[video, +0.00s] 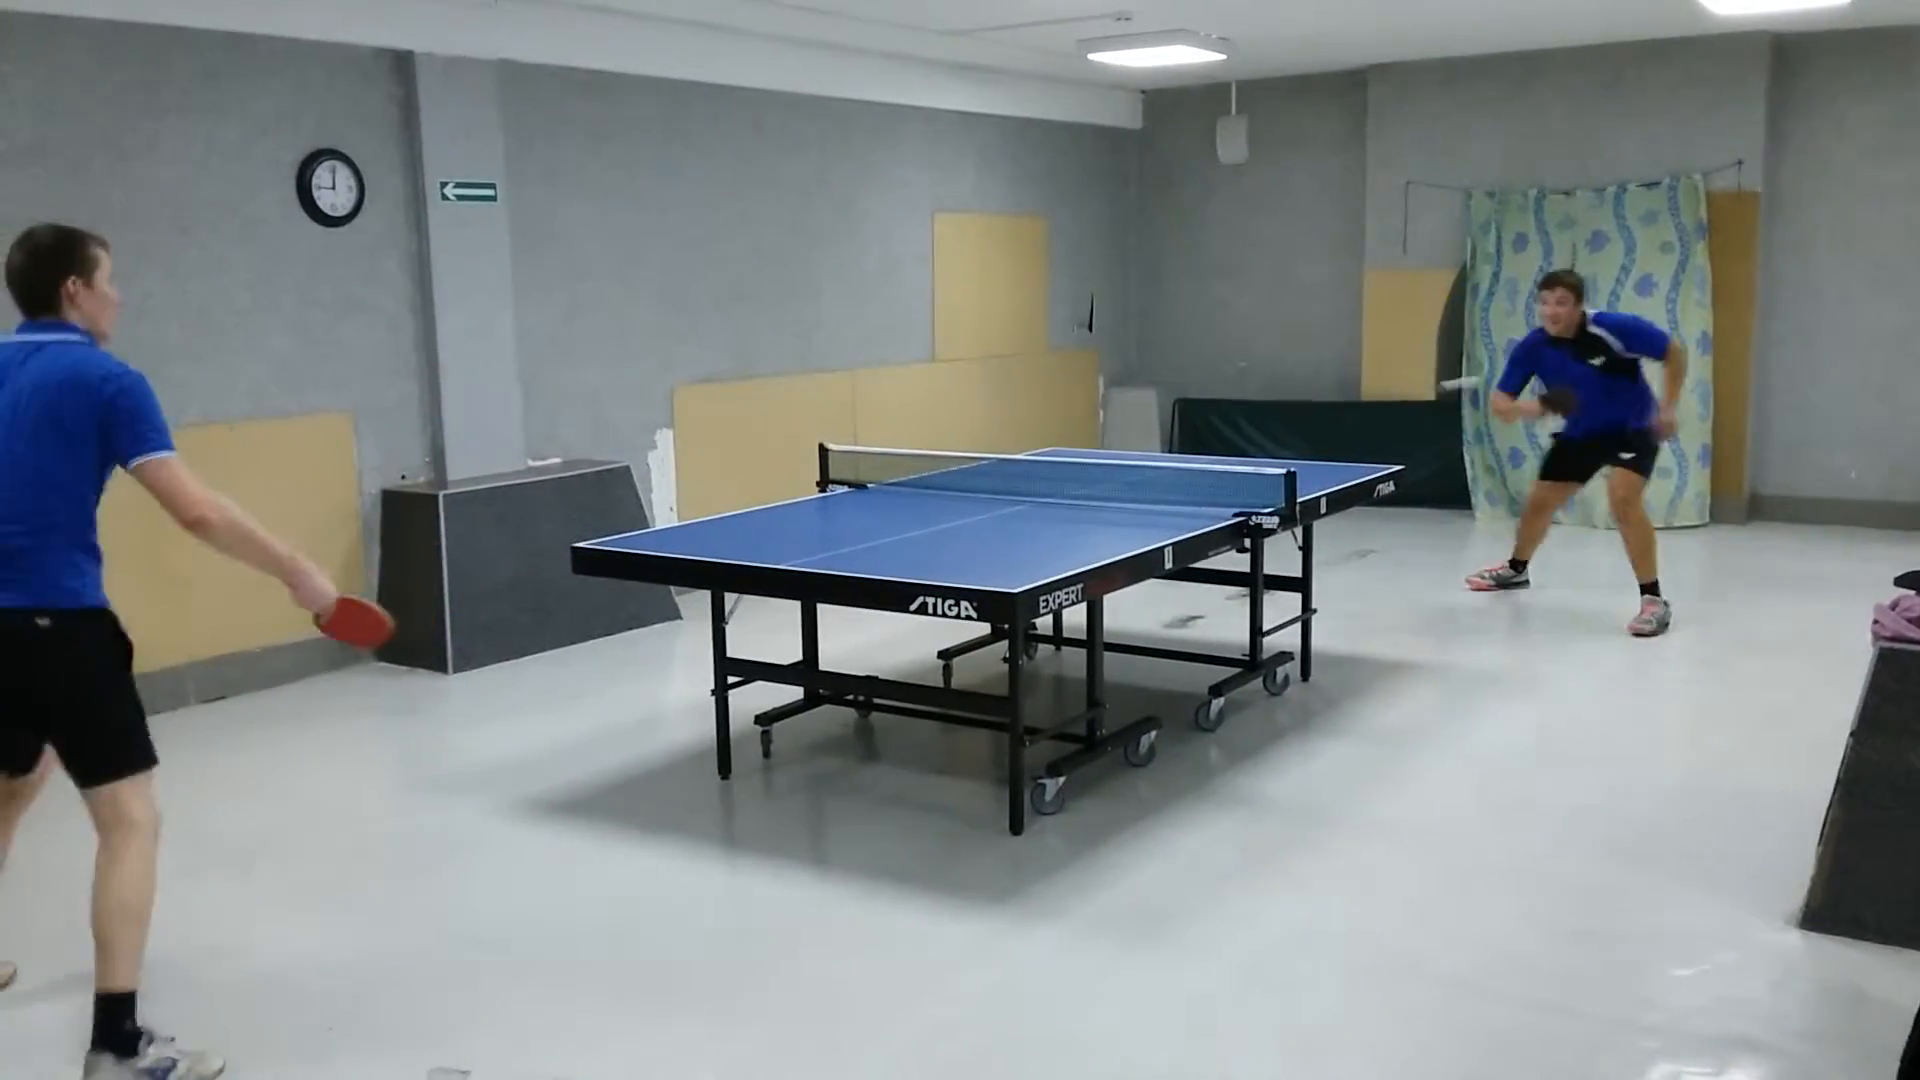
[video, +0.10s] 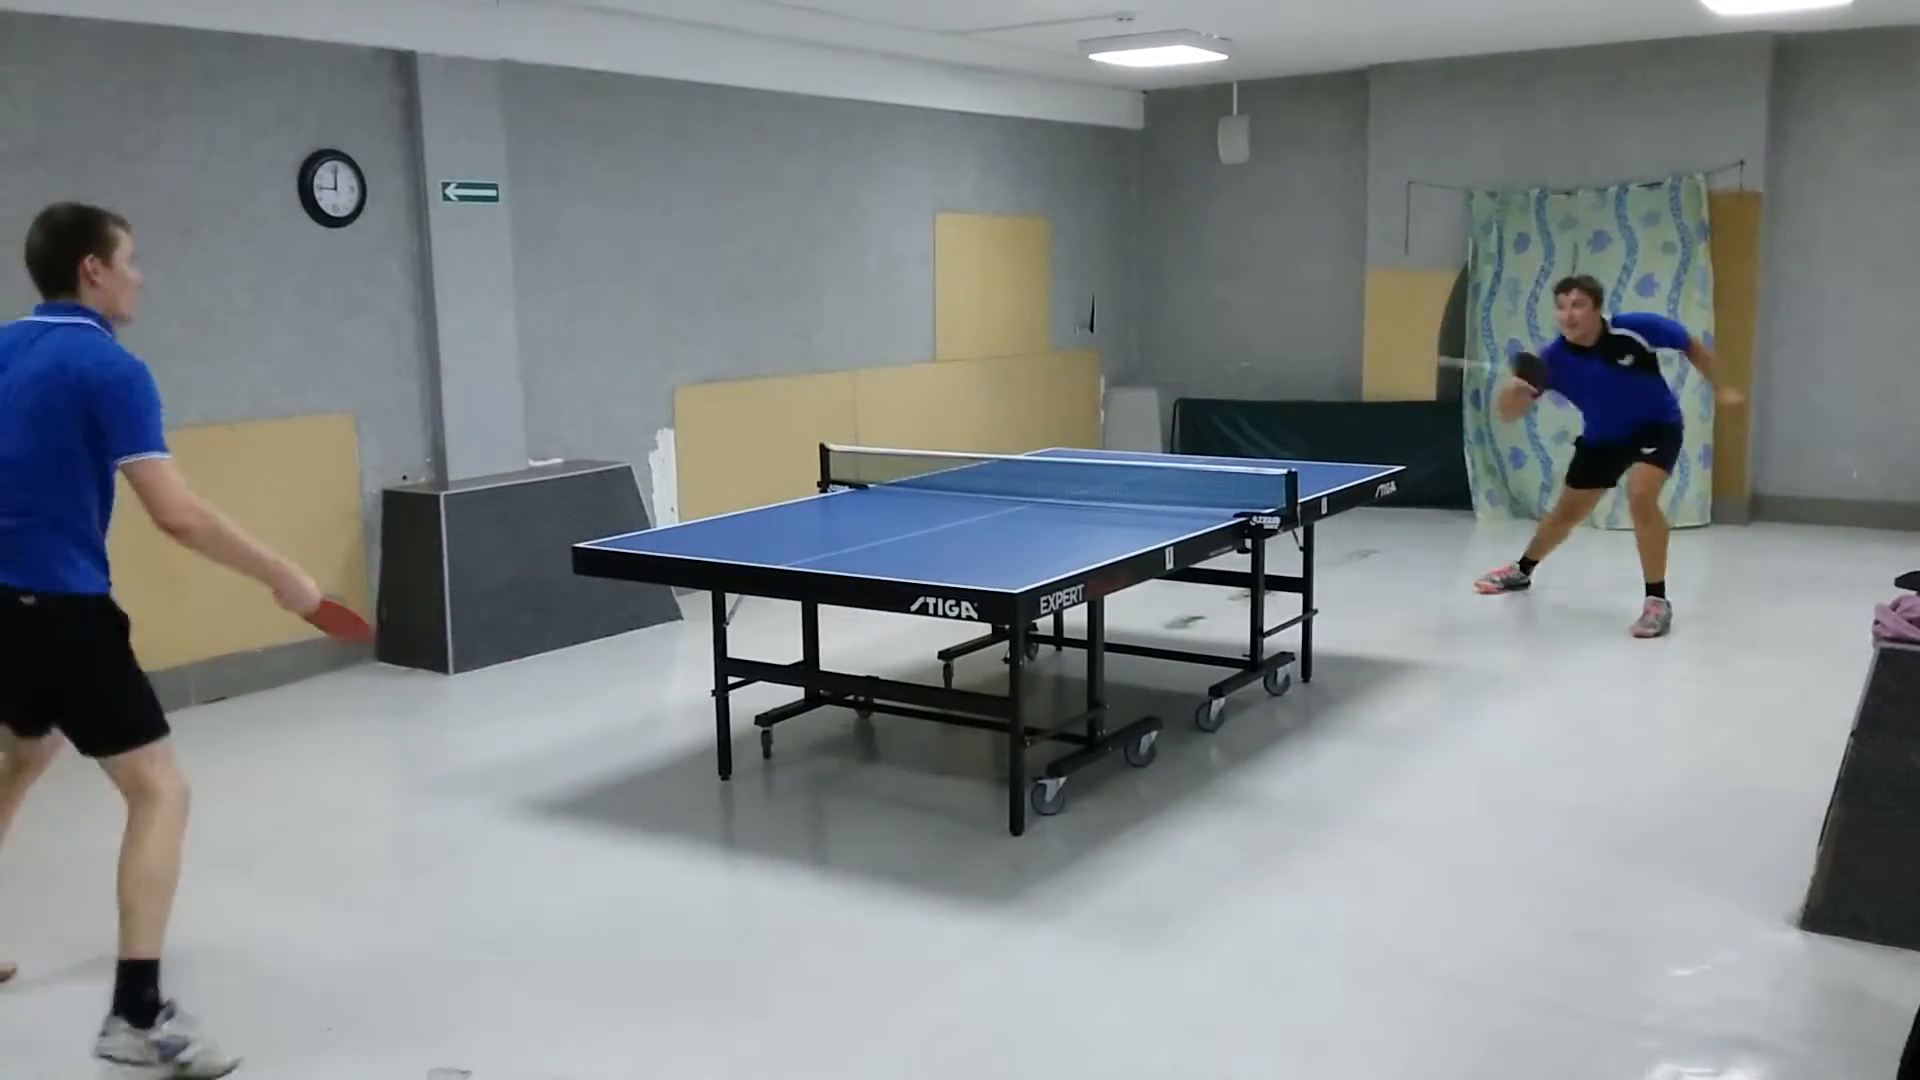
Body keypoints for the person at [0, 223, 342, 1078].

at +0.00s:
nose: (117, 297)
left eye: (113, 281)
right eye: (109, 282)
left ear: (42, 293)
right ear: (73, 292)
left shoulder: (6, 363)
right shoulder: (101, 377)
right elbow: (193, 507)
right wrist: (295, 570)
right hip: (63, 627)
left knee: (11, 788)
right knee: (127, 821)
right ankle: (117, 1037)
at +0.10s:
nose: (139, 278)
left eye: (134, 262)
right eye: (129, 263)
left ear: (64, 274)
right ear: (91, 271)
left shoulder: (9, 345)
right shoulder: (106, 363)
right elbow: (177, 514)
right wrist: (280, 573)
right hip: (60, 607)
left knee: (23, 747)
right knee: (158, 789)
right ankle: (136, 1014)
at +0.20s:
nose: (156, 301)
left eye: (152, 285)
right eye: (146, 285)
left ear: (83, 296)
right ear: (109, 292)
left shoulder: (16, 366)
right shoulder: (111, 384)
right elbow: (173, 541)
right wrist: (282, 584)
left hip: (8, 624)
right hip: (52, 632)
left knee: (21, 759)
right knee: (165, 797)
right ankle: (156, 1020)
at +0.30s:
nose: (168, 364)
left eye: (163, 347)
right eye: (159, 347)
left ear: (93, 359)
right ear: (123, 356)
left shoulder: (32, 427)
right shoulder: (115, 446)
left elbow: (19, 552)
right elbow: (176, 599)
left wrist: (95, 610)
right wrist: (287, 620)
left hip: (10, 672)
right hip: (35, 684)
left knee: (24, 778)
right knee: (180, 816)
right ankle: (145, 1031)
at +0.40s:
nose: (163, 407)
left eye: (160, 392)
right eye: (154, 392)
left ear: (89, 402)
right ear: (120, 399)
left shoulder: (26, 463)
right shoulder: (119, 483)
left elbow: (27, 588)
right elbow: (157, 626)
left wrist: (118, 626)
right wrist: (209, 690)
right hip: (34, 704)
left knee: (23, 775)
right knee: (192, 826)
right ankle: (150, 1034)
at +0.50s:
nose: (122, 404)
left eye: (118, 388)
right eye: (115, 389)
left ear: (47, 396)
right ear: (86, 393)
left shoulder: (11, 454)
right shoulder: (98, 469)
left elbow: (19, 570)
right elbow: (146, 607)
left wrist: (76, 624)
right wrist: (119, 675)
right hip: (27, 682)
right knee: (153, 822)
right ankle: (149, 1032)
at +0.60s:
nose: (70, 374)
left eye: (67, 360)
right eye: (63, 360)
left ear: (21, 366)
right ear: (35, 365)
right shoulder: (52, 427)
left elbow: (162, 528)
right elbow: (162, 529)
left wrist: (128, 539)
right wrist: (124, 552)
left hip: (16, 640)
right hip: (13, 638)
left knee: (47, 812)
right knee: (46, 812)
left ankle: (121, 1008)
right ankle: (121, 1010)